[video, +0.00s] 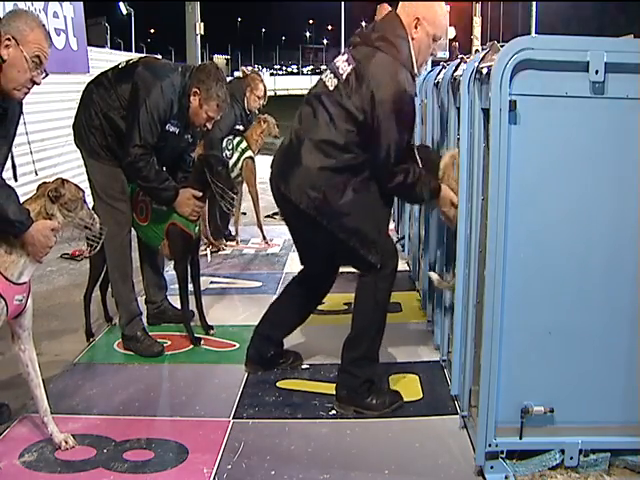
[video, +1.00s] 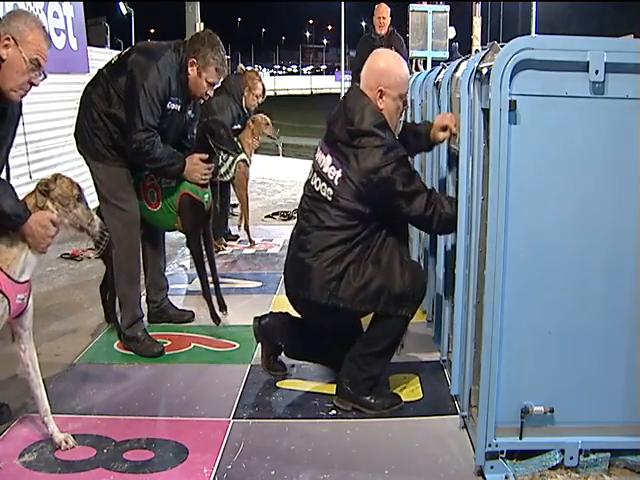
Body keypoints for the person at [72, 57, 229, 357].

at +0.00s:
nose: (211, 125)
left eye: (215, 119)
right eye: (210, 117)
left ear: (196, 96)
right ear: (193, 97)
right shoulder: (157, 90)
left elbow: (180, 157)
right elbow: (134, 156)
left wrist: (187, 191)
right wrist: (172, 196)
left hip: (137, 133)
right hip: (100, 130)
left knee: (149, 217)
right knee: (118, 222)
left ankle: (157, 305)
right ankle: (131, 326)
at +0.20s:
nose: (210, 124)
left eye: (215, 118)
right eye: (209, 116)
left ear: (196, 94)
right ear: (193, 95)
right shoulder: (157, 89)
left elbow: (181, 155)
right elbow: (136, 155)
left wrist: (185, 188)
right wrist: (175, 195)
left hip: (137, 134)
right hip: (100, 131)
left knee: (150, 217)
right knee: (119, 222)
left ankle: (157, 305)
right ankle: (131, 326)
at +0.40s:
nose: (210, 119)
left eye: (215, 114)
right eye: (210, 111)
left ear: (196, 90)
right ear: (194, 92)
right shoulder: (156, 86)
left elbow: (179, 152)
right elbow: (137, 152)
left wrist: (191, 181)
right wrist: (176, 186)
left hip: (139, 136)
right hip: (102, 134)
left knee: (151, 218)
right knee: (120, 222)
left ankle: (158, 305)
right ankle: (131, 326)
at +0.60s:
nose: (211, 105)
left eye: (216, 100)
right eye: (209, 97)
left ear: (197, 77)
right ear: (193, 78)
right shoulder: (153, 79)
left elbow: (185, 143)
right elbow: (136, 146)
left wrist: (190, 173)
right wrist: (177, 175)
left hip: (142, 137)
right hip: (104, 134)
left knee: (153, 218)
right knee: (124, 222)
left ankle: (158, 304)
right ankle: (132, 326)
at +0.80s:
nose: (211, 96)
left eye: (215, 90)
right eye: (209, 87)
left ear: (197, 68)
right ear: (191, 69)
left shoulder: (193, 81)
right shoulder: (152, 73)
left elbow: (183, 136)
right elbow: (138, 143)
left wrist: (191, 163)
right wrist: (181, 167)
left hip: (142, 137)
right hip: (104, 134)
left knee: (153, 218)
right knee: (124, 223)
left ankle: (158, 303)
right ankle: (130, 324)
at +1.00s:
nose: (211, 92)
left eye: (216, 86)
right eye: (209, 83)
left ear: (196, 65)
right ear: (191, 67)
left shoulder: (192, 79)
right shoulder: (152, 71)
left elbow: (183, 135)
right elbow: (139, 141)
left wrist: (192, 162)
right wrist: (182, 165)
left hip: (141, 138)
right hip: (104, 135)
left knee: (152, 218)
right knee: (125, 222)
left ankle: (158, 303)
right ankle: (131, 325)